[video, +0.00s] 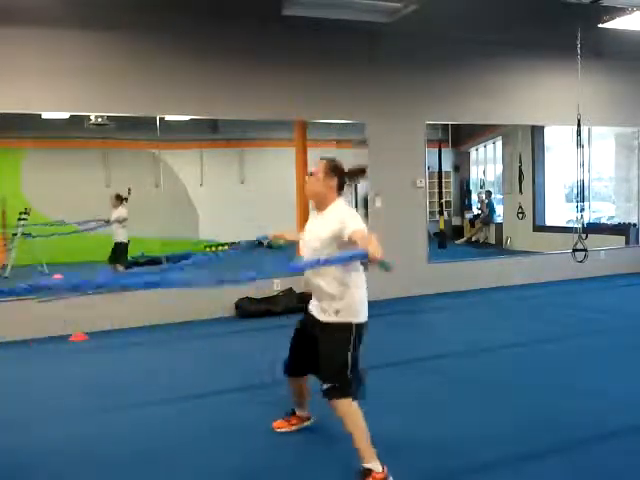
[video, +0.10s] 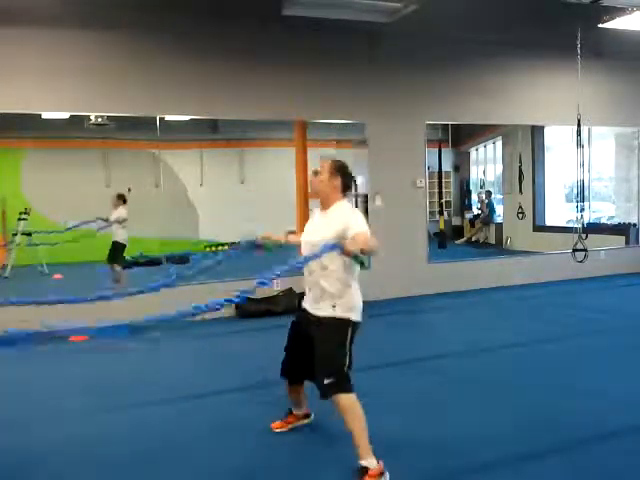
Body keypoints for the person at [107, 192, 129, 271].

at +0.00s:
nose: (112, 202)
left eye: (114, 200)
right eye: (112, 200)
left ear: (118, 201)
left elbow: (124, 218)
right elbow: (112, 219)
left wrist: (113, 221)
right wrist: (106, 220)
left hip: (122, 240)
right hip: (117, 240)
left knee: (119, 263)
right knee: (112, 261)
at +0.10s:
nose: (114, 202)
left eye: (116, 200)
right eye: (114, 200)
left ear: (120, 201)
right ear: (120, 201)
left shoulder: (122, 210)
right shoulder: (116, 210)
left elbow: (124, 218)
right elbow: (111, 220)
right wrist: (101, 219)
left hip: (121, 239)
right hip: (116, 238)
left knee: (116, 262)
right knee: (111, 261)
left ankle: (120, 283)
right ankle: (116, 280)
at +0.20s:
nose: (116, 194)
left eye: (118, 192)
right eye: (117, 192)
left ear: (124, 193)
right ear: (123, 193)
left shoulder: (124, 203)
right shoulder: (119, 203)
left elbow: (123, 212)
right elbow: (112, 212)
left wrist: (108, 213)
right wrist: (101, 212)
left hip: (120, 232)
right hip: (116, 231)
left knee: (116, 257)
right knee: (113, 257)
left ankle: (117, 280)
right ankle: (115, 279)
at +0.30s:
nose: (117, 190)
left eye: (119, 188)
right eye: (117, 188)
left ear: (125, 190)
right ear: (124, 190)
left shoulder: (125, 200)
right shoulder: (121, 199)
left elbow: (117, 210)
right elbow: (114, 210)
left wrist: (103, 212)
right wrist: (102, 212)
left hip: (119, 229)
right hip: (115, 228)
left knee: (115, 254)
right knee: (112, 254)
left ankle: (114, 276)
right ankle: (112, 275)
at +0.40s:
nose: (118, 193)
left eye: (120, 191)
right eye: (118, 190)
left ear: (125, 192)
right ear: (123, 192)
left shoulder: (124, 204)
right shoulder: (121, 202)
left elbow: (118, 217)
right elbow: (117, 216)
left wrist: (105, 220)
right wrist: (105, 219)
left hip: (119, 232)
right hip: (115, 231)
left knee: (114, 257)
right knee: (111, 257)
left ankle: (116, 279)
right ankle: (114, 278)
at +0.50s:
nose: (116, 199)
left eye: (119, 198)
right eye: (117, 197)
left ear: (123, 200)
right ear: (123, 199)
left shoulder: (123, 211)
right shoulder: (120, 209)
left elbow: (118, 225)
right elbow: (118, 224)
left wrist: (106, 229)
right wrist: (107, 228)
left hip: (120, 239)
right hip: (116, 238)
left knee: (112, 260)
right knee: (109, 260)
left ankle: (117, 280)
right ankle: (115, 280)